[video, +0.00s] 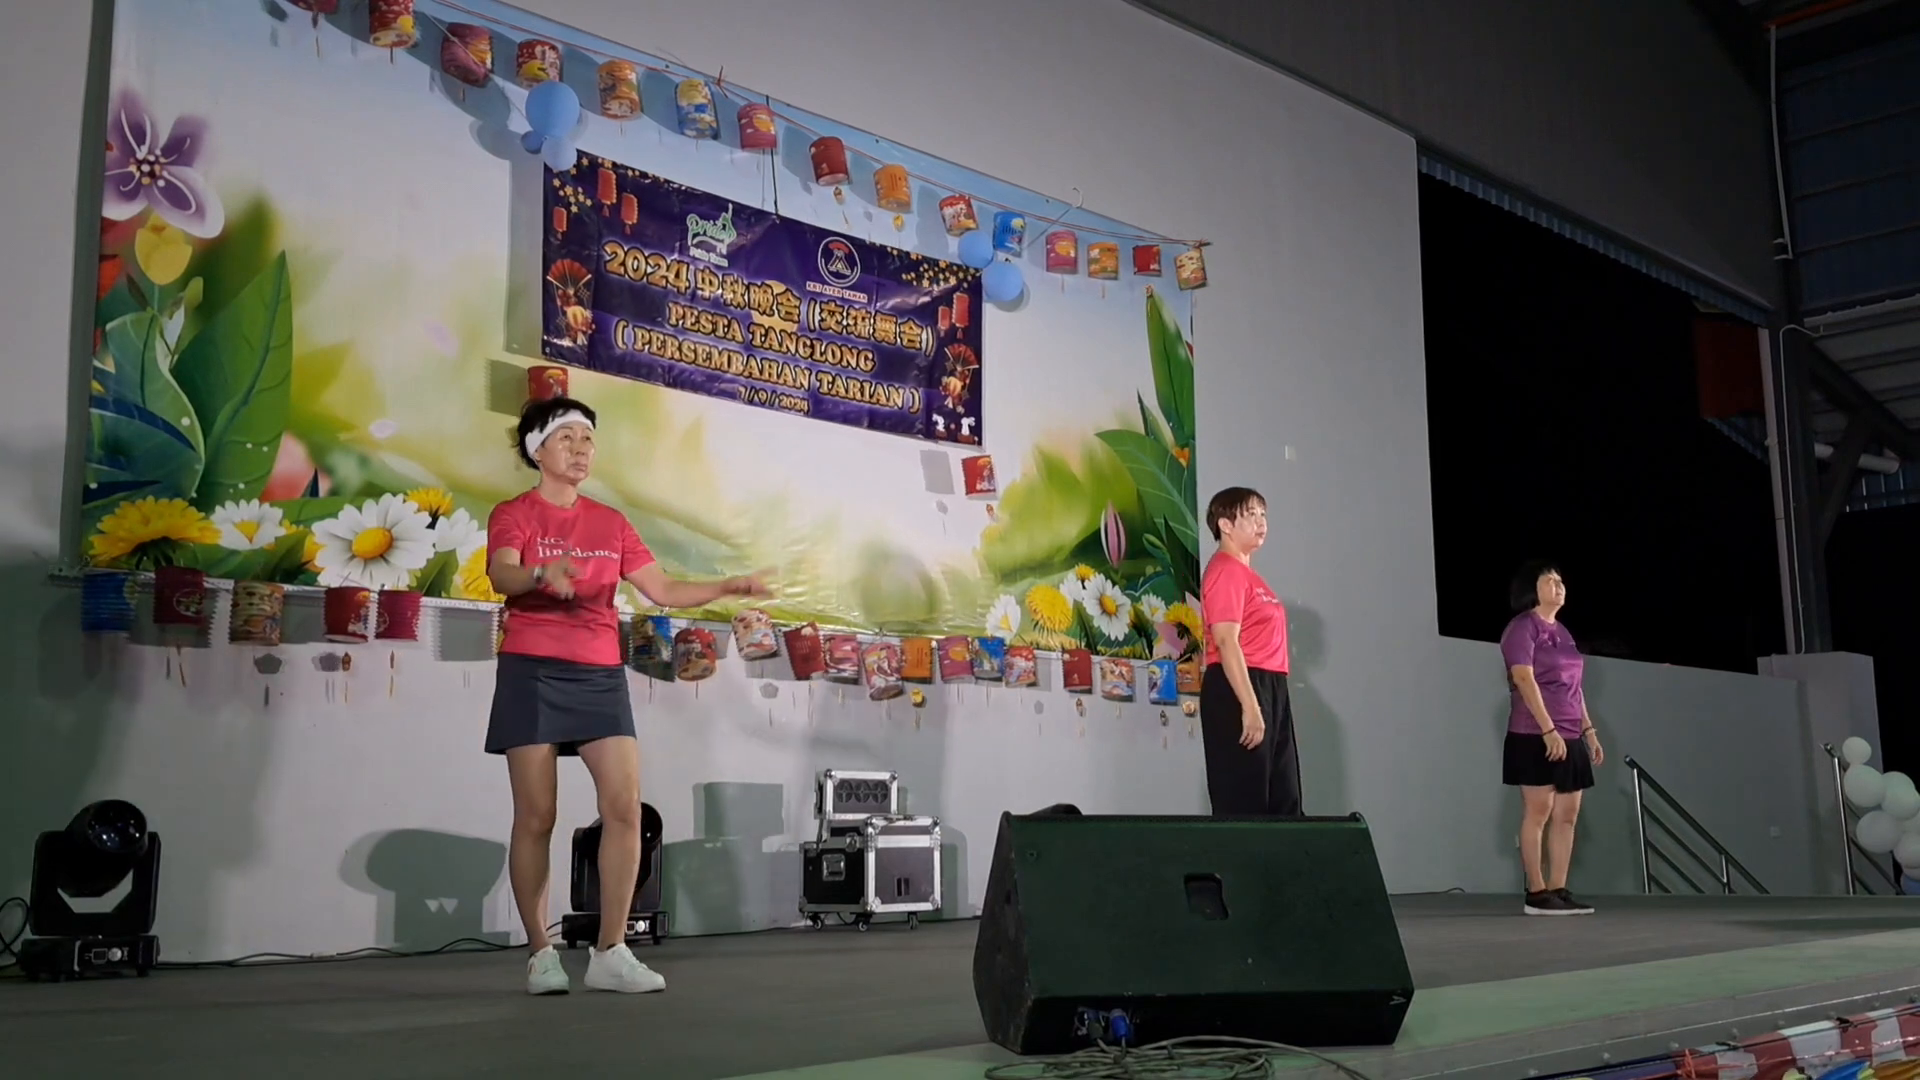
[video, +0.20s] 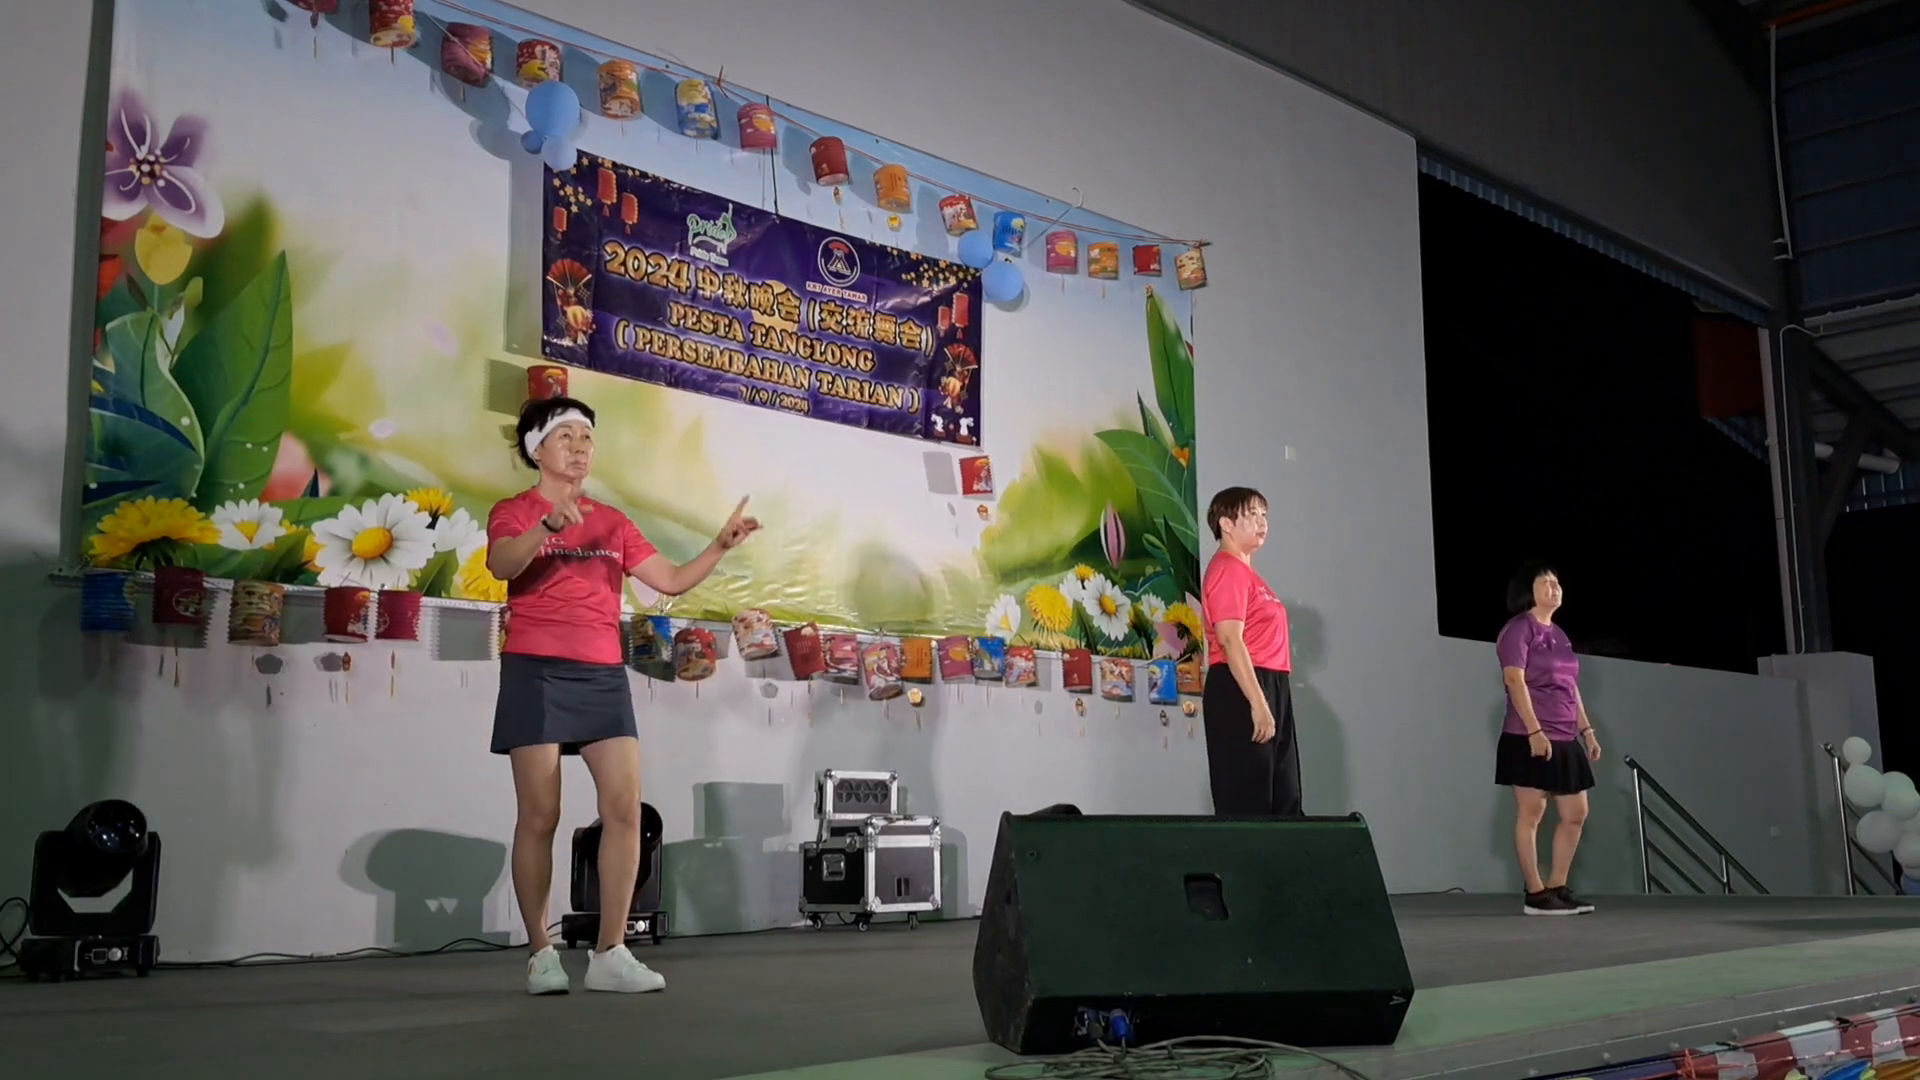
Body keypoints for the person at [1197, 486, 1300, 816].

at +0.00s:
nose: (1261, 524)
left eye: (1263, 517)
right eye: (1251, 517)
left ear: (1267, 521)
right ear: (1226, 525)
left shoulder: (1244, 570)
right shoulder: (1226, 570)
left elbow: (1249, 641)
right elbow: (1226, 640)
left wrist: (1275, 704)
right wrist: (1249, 705)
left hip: (1270, 686)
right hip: (1240, 685)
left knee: (1283, 796)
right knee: (1244, 798)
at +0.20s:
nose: (1261, 524)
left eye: (1264, 517)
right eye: (1252, 517)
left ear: (1268, 522)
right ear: (1226, 524)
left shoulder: (1243, 568)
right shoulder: (1228, 569)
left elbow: (1246, 637)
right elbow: (1230, 638)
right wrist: (1258, 703)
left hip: (1271, 686)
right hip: (1242, 686)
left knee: (1283, 795)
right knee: (1247, 797)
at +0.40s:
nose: (1263, 525)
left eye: (1265, 517)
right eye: (1253, 517)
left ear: (1269, 522)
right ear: (1227, 524)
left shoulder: (1246, 569)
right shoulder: (1227, 569)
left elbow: (1249, 638)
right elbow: (1227, 638)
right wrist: (1254, 703)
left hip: (1273, 686)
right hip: (1242, 686)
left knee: (1284, 797)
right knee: (1248, 799)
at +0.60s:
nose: (1264, 527)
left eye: (1266, 519)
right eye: (1254, 518)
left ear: (1271, 524)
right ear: (1228, 525)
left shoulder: (1250, 571)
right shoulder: (1225, 571)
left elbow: (1255, 640)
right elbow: (1221, 641)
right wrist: (1243, 705)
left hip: (1276, 689)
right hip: (1244, 688)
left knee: (1285, 798)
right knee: (1247, 801)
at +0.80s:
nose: (1264, 528)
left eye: (1267, 520)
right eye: (1253, 520)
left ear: (1271, 525)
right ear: (1228, 527)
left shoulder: (1252, 573)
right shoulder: (1224, 572)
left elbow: (1258, 641)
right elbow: (1220, 644)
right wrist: (1241, 707)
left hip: (1276, 690)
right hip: (1243, 689)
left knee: (1287, 797)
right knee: (1246, 799)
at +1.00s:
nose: (1262, 528)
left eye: (1265, 520)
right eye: (1252, 520)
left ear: (1270, 525)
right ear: (1226, 527)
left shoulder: (1250, 573)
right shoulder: (1224, 572)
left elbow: (1255, 641)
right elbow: (1223, 642)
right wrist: (1245, 706)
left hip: (1273, 688)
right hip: (1240, 687)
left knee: (1288, 795)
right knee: (1246, 798)